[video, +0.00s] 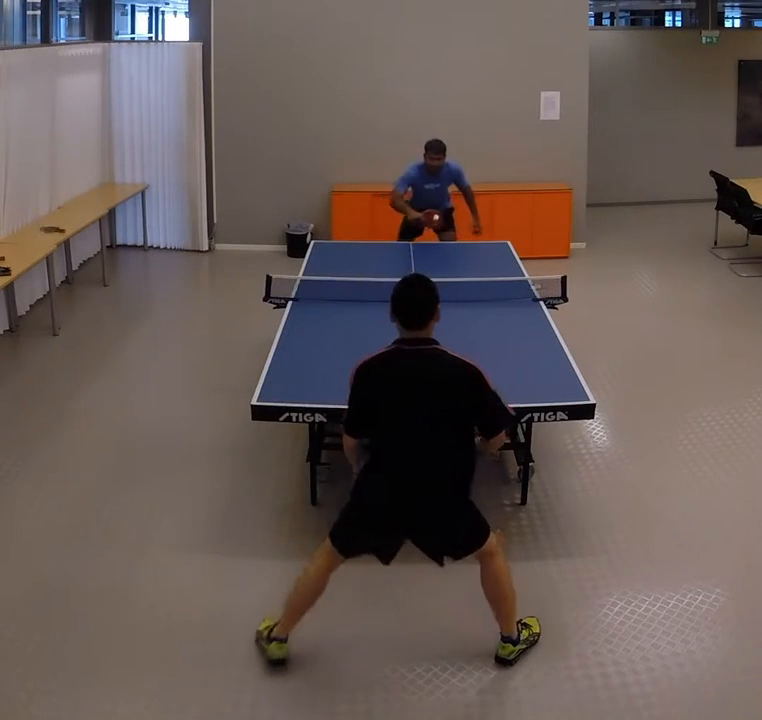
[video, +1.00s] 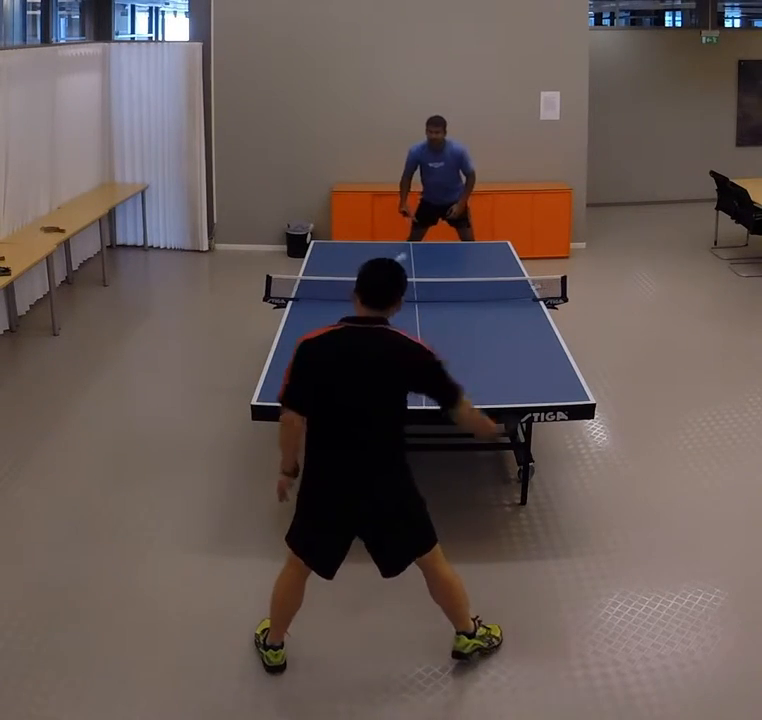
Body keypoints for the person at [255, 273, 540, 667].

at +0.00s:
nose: (438, 311)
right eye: (438, 306)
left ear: (393, 315)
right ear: (437, 314)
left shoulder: (369, 372)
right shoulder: (463, 373)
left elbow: (351, 440)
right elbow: (498, 431)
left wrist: (362, 476)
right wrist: (484, 446)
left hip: (379, 498)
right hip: (443, 500)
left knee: (326, 558)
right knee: (489, 551)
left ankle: (279, 636)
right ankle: (511, 638)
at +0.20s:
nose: (415, 309)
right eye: (415, 305)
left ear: (370, 309)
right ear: (413, 310)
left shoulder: (338, 362)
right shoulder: (433, 369)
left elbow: (320, 436)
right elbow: (466, 439)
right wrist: (431, 427)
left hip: (346, 492)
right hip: (407, 494)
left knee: (305, 564)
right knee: (458, 566)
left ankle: (274, 643)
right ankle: (490, 640)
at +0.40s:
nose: (401, 314)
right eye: (404, 308)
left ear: (362, 314)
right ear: (406, 314)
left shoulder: (335, 370)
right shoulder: (429, 372)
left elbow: (308, 435)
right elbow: (468, 413)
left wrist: (303, 471)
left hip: (340, 501)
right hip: (403, 502)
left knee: (302, 561)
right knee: (450, 565)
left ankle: (273, 643)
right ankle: (476, 648)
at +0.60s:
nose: (387, 312)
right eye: (389, 308)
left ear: (344, 312)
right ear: (388, 314)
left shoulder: (320, 371)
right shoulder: (413, 369)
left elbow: (294, 439)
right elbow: (437, 412)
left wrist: (278, 473)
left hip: (333, 502)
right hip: (398, 500)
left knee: (297, 565)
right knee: (444, 567)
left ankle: (274, 644)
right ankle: (476, 648)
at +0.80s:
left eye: (333, 300)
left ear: (334, 306)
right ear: (378, 309)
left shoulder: (315, 369)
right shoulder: (394, 356)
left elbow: (295, 449)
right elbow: (386, 421)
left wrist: (274, 483)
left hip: (335, 495)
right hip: (394, 489)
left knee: (297, 568)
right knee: (439, 568)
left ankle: (273, 644)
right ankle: (476, 648)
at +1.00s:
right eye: (398, 298)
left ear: (355, 295)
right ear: (399, 302)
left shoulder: (313, 346)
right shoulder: (408, 352)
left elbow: (292, 416)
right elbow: (459, 409)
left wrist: (289, 469)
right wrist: (490, 429)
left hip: (326, 484)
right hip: (388, 484)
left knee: (297, 566)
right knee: (432, 563)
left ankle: (273, 643)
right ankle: (468, 635)